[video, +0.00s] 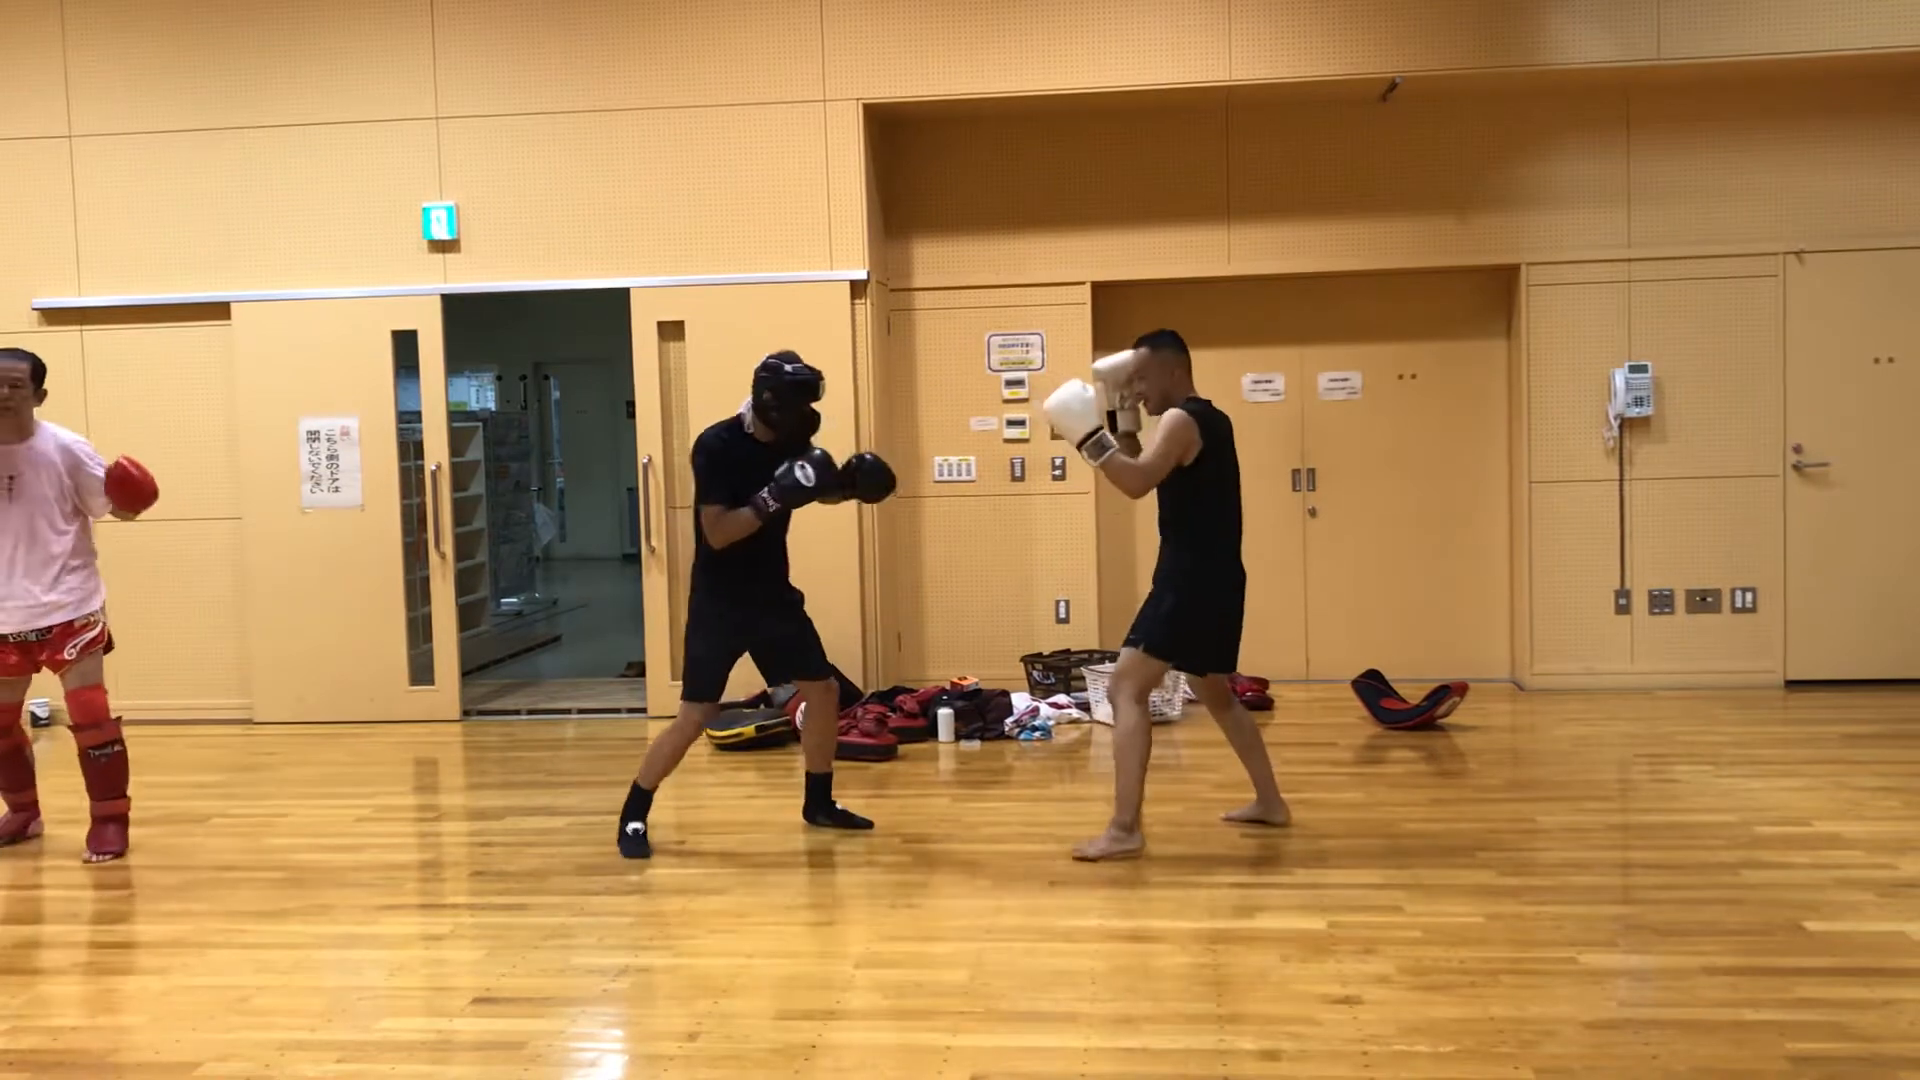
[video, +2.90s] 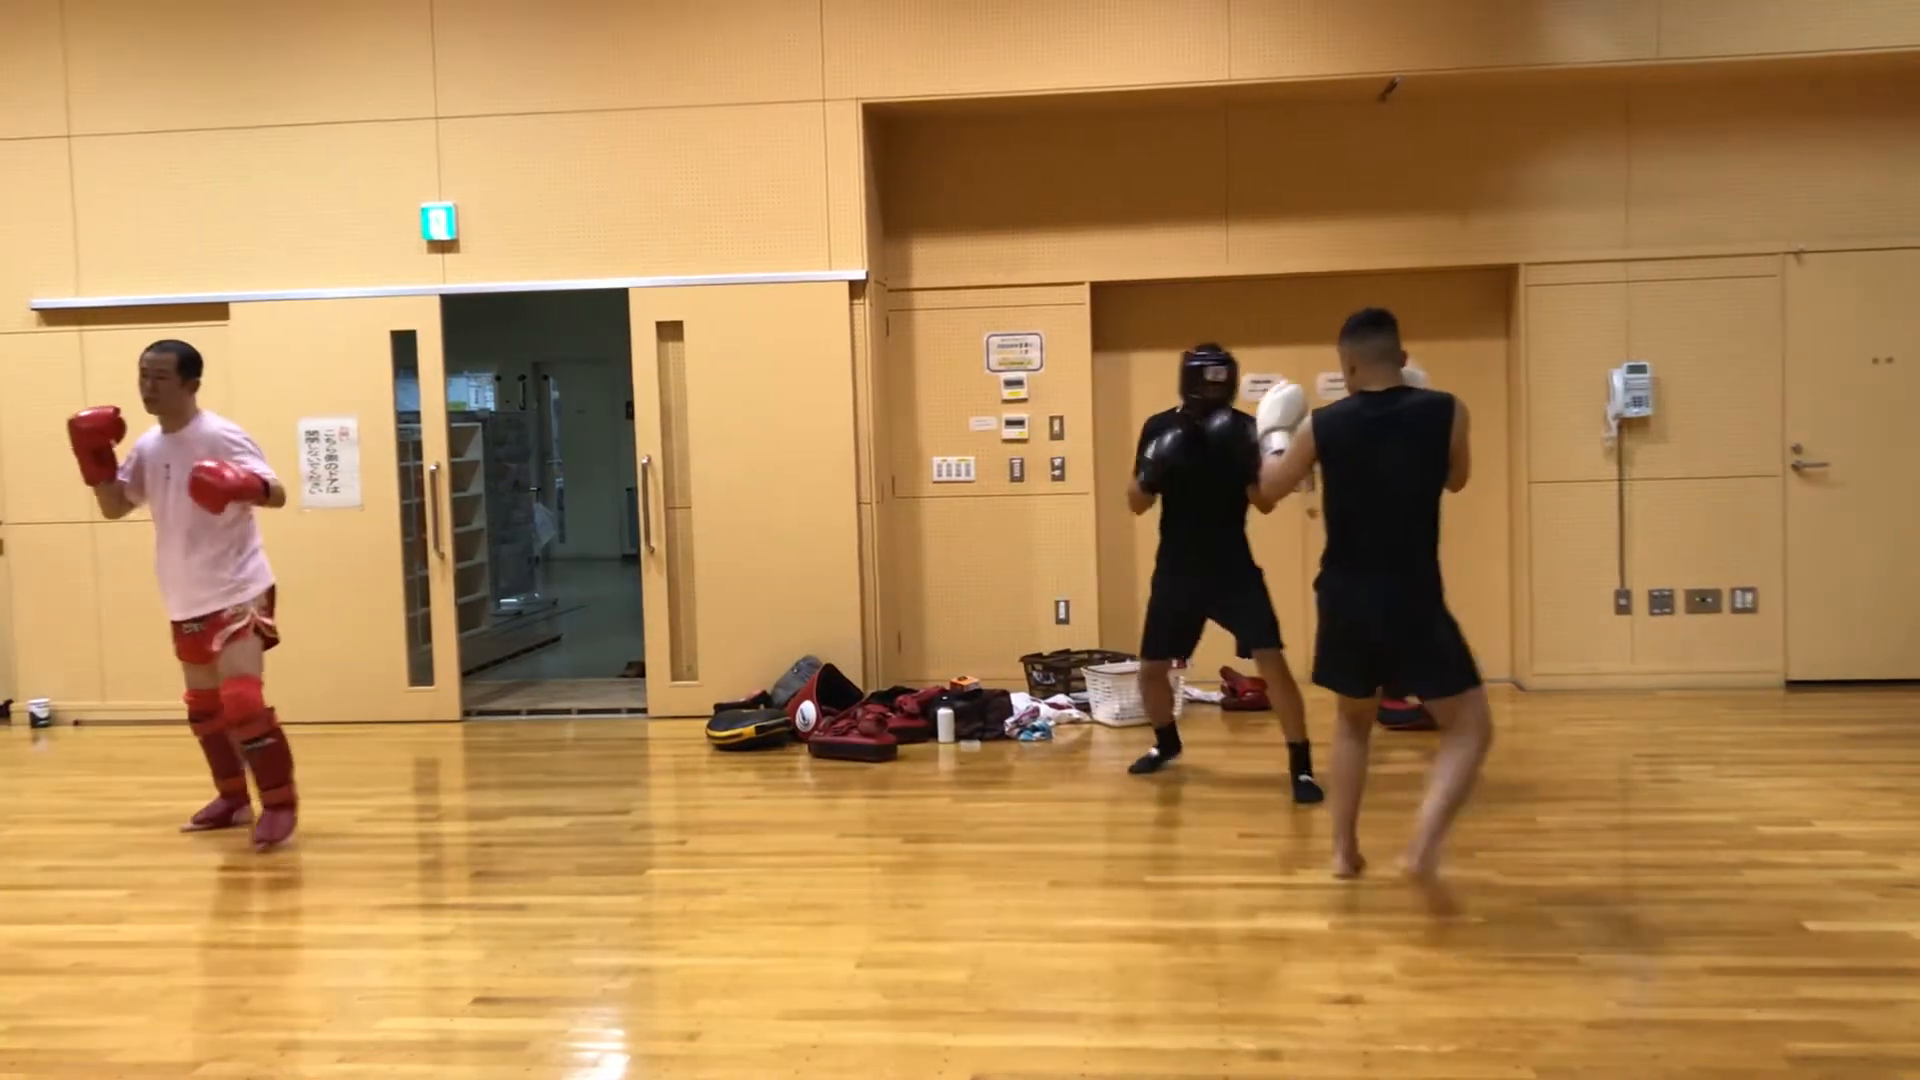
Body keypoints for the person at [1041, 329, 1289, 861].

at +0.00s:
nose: (1137, 392)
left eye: (1142, 380)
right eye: (1135, 382)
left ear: (1171, 371)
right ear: (1182, 375)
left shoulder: (1183, 421)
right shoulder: (1211, 420)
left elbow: (1134, 484)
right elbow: (1140, 475)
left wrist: (1088, 434)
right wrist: (1116, 420)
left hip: (1187, 585)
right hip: (1219, 582)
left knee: (1127, 686)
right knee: (1217, 693)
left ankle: (1124, 828)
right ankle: (1271, 802)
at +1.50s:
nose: (1179, 392)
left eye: (1182, 381)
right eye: (1177, 381)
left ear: (1207, 378)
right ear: (1230, 375)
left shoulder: (1212, 434)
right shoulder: (1271, 424)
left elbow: (1154, 498)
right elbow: (1219, 480)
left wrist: (1120, 449)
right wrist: (1173, 422)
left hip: (1209, 598)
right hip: (1263, 597)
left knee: (1139, 699)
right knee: (1274, 707)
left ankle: (1123, 839)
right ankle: (1325, 824)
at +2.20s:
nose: (1185, 382)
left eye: (1184, 373)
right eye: (1184, 374)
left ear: (1191, 371)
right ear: (1241, 359)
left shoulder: (1185, 429)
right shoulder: (1295, 412)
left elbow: (1132, 502)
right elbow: (1297, 486)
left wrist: (1123, 449)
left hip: (1213, 605)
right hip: (1287, 602)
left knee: (1173, 725)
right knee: (1320, 737)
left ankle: (1163, 866)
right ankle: (1335, 871)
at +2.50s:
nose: (1271, 367)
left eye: (1270, 359)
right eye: (1278, 358)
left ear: (1273, 359)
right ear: (1329, 352)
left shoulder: (1255, 422)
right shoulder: (1376, 410)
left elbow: (1205, 495)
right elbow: (1387, 489)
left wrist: (1209, 444)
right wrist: (1342, 437)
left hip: (1270, 602)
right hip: (1344, 604)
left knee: (1251, 725)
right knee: (1348, 755)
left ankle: (1239, 861)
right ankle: (1330, 904)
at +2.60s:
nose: (1291, 363)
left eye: (1290, 355)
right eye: (1297, 354)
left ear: (1294, 355)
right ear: (1352, 349)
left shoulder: (1274, 417)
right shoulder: (1396, 408)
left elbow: (1223, 488)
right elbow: (1403, 482)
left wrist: (1232, 430)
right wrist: (1353, 421)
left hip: (1288, 596)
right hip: (1358, 597)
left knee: (1287, 724)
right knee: (1353, 747)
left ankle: (1290, 857)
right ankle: (1328, 903)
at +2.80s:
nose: (1327, 372)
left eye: (1326, 364)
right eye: (1335, 363)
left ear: (1329, 365)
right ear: (1384, 359)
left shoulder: (1309, 429)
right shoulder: (1427, 415)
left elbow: (1257, 496)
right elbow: (1439, 484)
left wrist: (1247, 445)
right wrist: (1396, 410)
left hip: (1330, 599)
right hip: (1398, 600)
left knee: (1343, 726)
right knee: (1415, 737)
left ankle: (1344, 863)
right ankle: (1355, 862)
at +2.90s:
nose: (1347, 371)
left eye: (1345, 364)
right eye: (1352, 365)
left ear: (1344, 365)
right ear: (1402, 359)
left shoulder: (1327, 423)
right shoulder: (1444, 411)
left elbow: (1271, 488)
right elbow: (1456, 478)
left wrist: (1272, 434)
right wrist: (1416, 402)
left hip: (1346, 600)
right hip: (1413, 601)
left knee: (1352, 722)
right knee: (1468, 728)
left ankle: (1344, 849)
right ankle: (1422, 852)